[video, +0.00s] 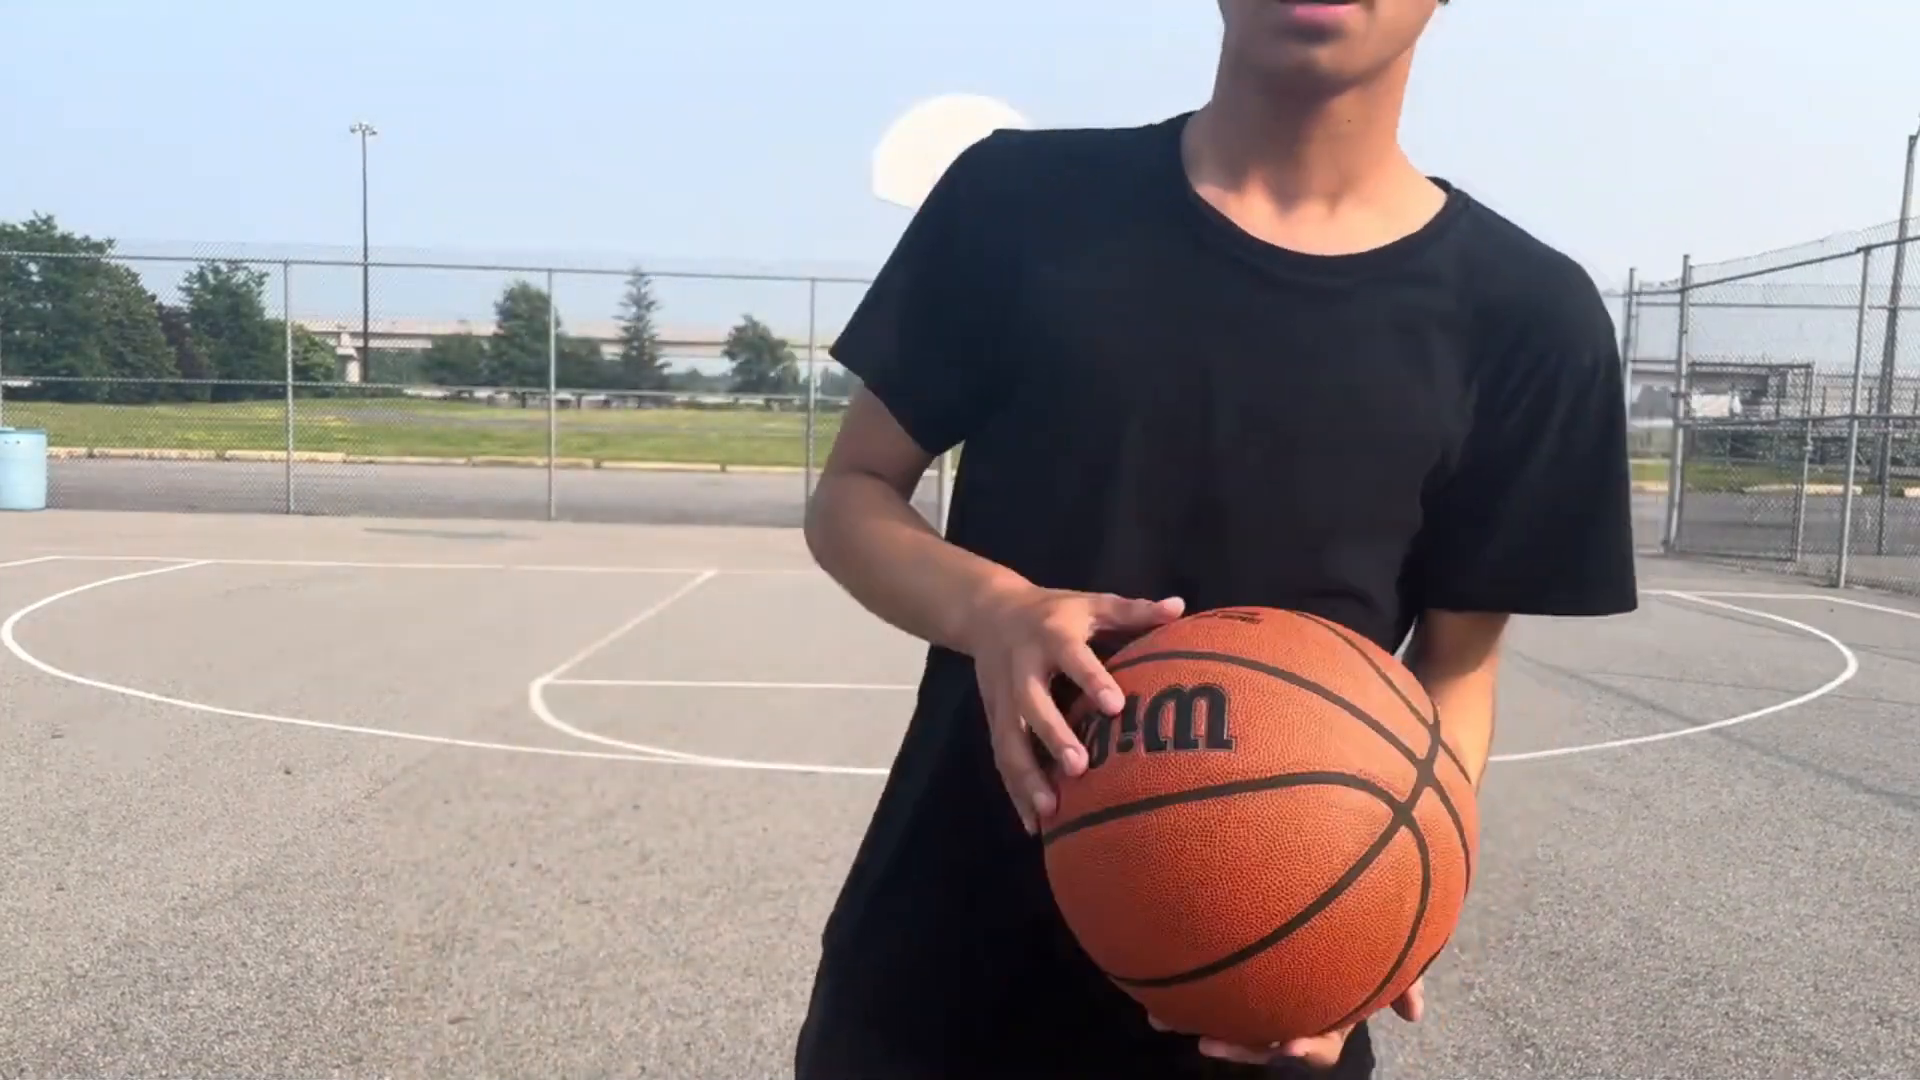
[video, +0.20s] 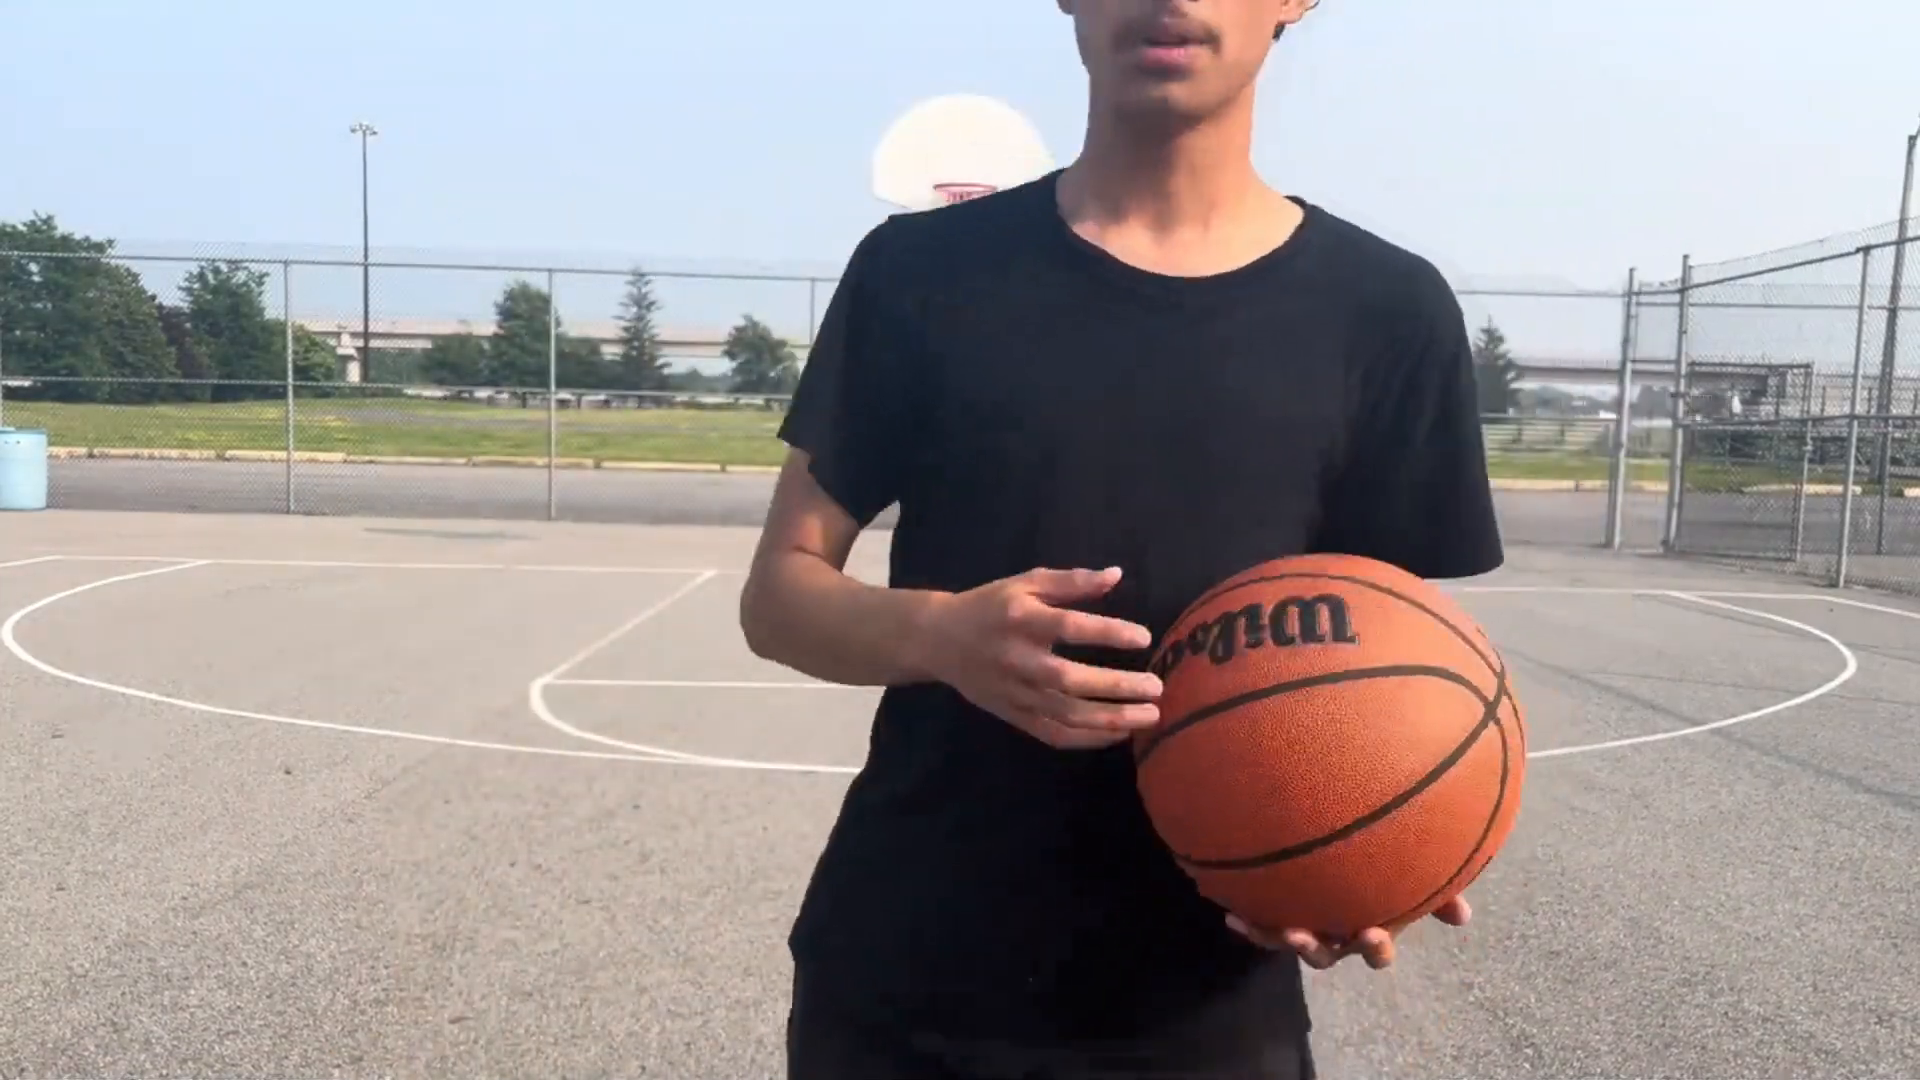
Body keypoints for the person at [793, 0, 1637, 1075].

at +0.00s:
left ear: (1443, 2)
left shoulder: (1528, 313)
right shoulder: (1015, 198)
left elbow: (1458, 663)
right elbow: (850, 496)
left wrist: (1371, 911)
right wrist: (988, 610)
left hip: (1268, 1014)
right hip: (940, 984)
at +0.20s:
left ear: (1289, 4)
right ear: (1071, 4)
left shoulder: (1389, 311)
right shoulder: (917, 271)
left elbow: (1390, 656)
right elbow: (776, 594)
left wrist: (1359, 842)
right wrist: (934, 633)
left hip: (1213, 998)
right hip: (909, 981)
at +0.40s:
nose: (1019, 21)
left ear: (1132, 19)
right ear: (924, 30)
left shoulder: (1261, 291)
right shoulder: (840, 325)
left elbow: (1298, 597)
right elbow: (796, 656)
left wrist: (1301, 775)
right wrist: (920, 757)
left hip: (1174, 943)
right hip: (897, 950)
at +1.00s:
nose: (1102, 79)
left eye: (1138, 34)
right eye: (1062, 48)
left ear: (1210, 54)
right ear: (1029, 84)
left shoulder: (1315, 308)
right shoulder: (956, 321)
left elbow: (1355, 573)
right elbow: (864, 569)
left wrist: (1343, 710)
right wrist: (796, 705)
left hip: (1213, 872)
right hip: (987, 869)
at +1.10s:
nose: (1141, 94)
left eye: (1180, 48)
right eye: (1105, 58)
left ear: (1256, 63)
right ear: (1072, 81)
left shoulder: (1345, 324)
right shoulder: (989, 313)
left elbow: (1357, 581)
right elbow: (851, 540)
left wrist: (1336, 730)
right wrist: (679, 683)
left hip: (1219, 869)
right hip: (997, 866)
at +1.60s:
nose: (1100, 79)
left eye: (1150, 42)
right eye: (1093, 46)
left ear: (1264, 69)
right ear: (1079, 66)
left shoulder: (1356, 345)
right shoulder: (987, 303)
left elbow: (1328, 618)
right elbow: (869, 555)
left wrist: (1294, 771)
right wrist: (710, 755)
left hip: (1204, 901)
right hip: (967, 887)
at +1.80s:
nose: (1058, 36)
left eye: (1102, 2)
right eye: (1022, 3)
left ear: (1174, 35)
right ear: (978, 40)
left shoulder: (1284, 295)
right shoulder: (895, 316)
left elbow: (1312, 577)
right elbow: (886, 608)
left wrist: (1320, 742)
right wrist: (862, 837)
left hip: (1187, 913)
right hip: (935, 906)